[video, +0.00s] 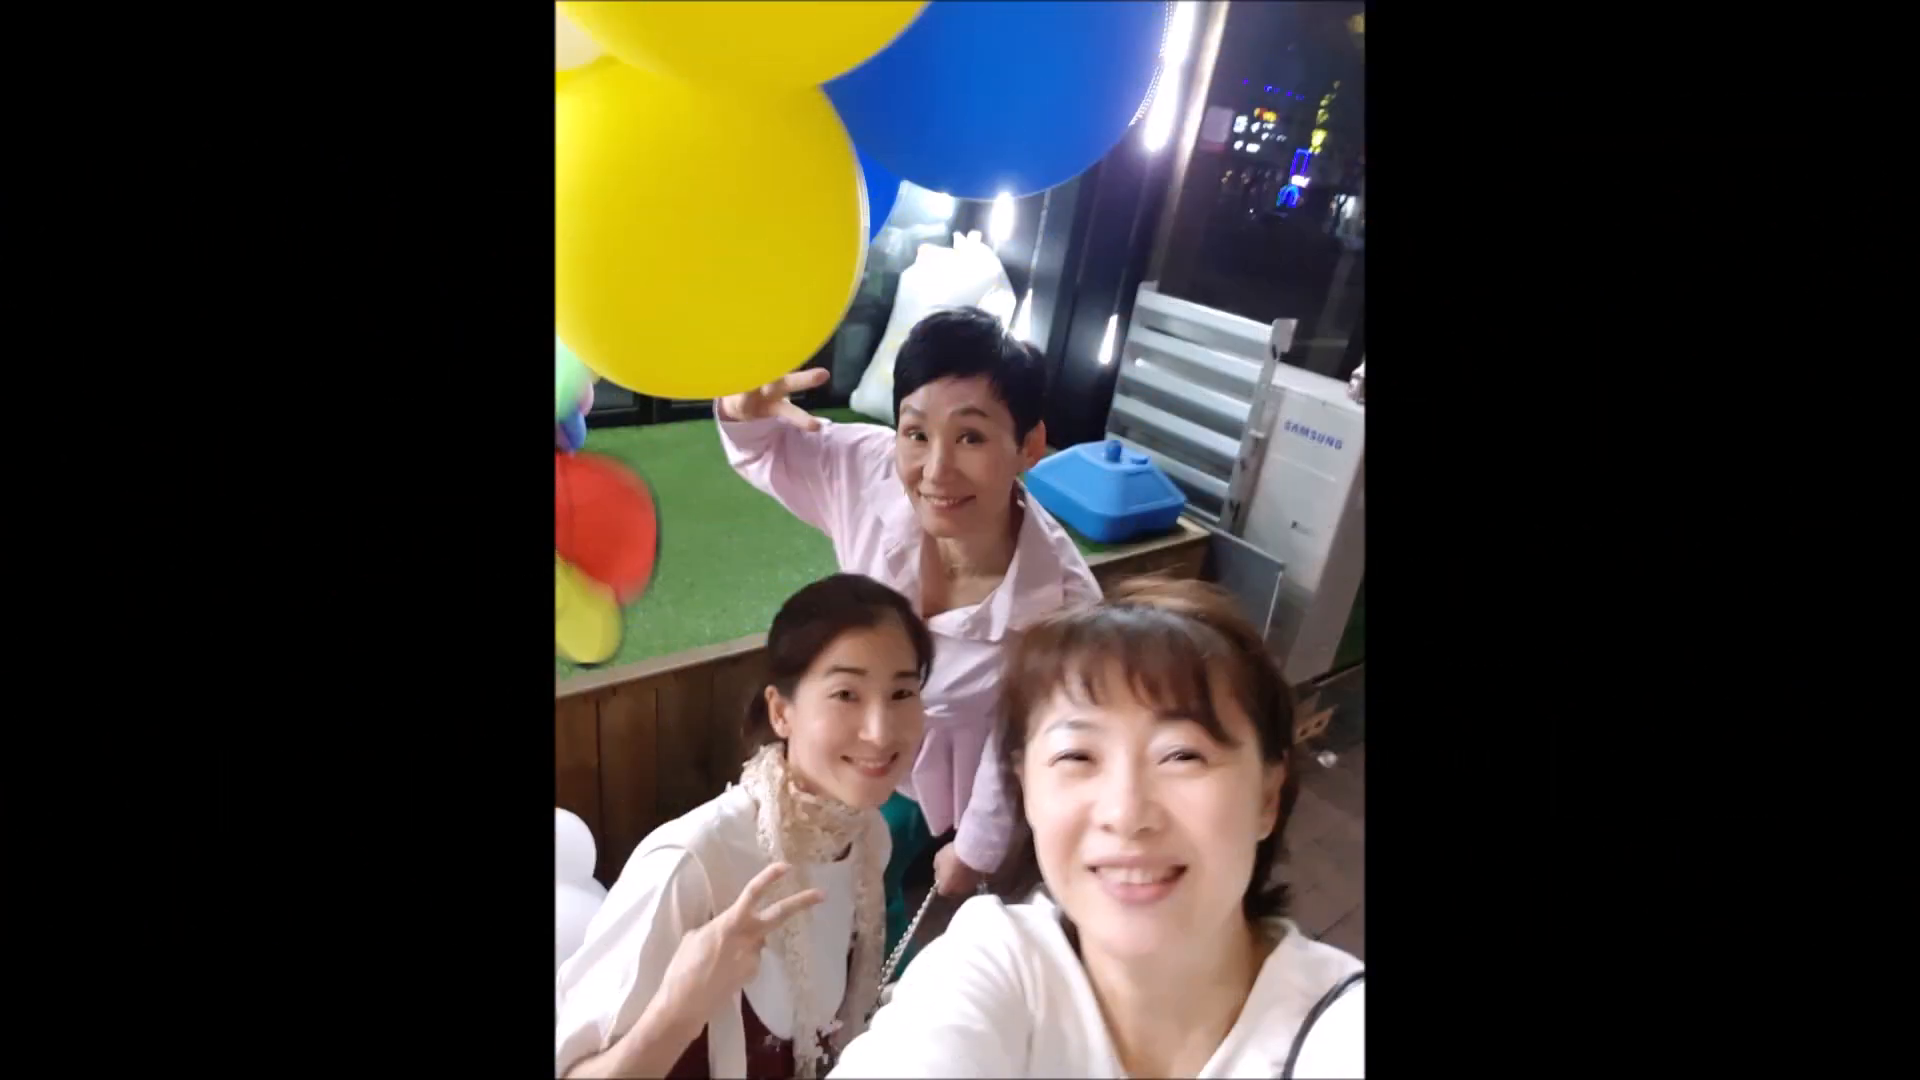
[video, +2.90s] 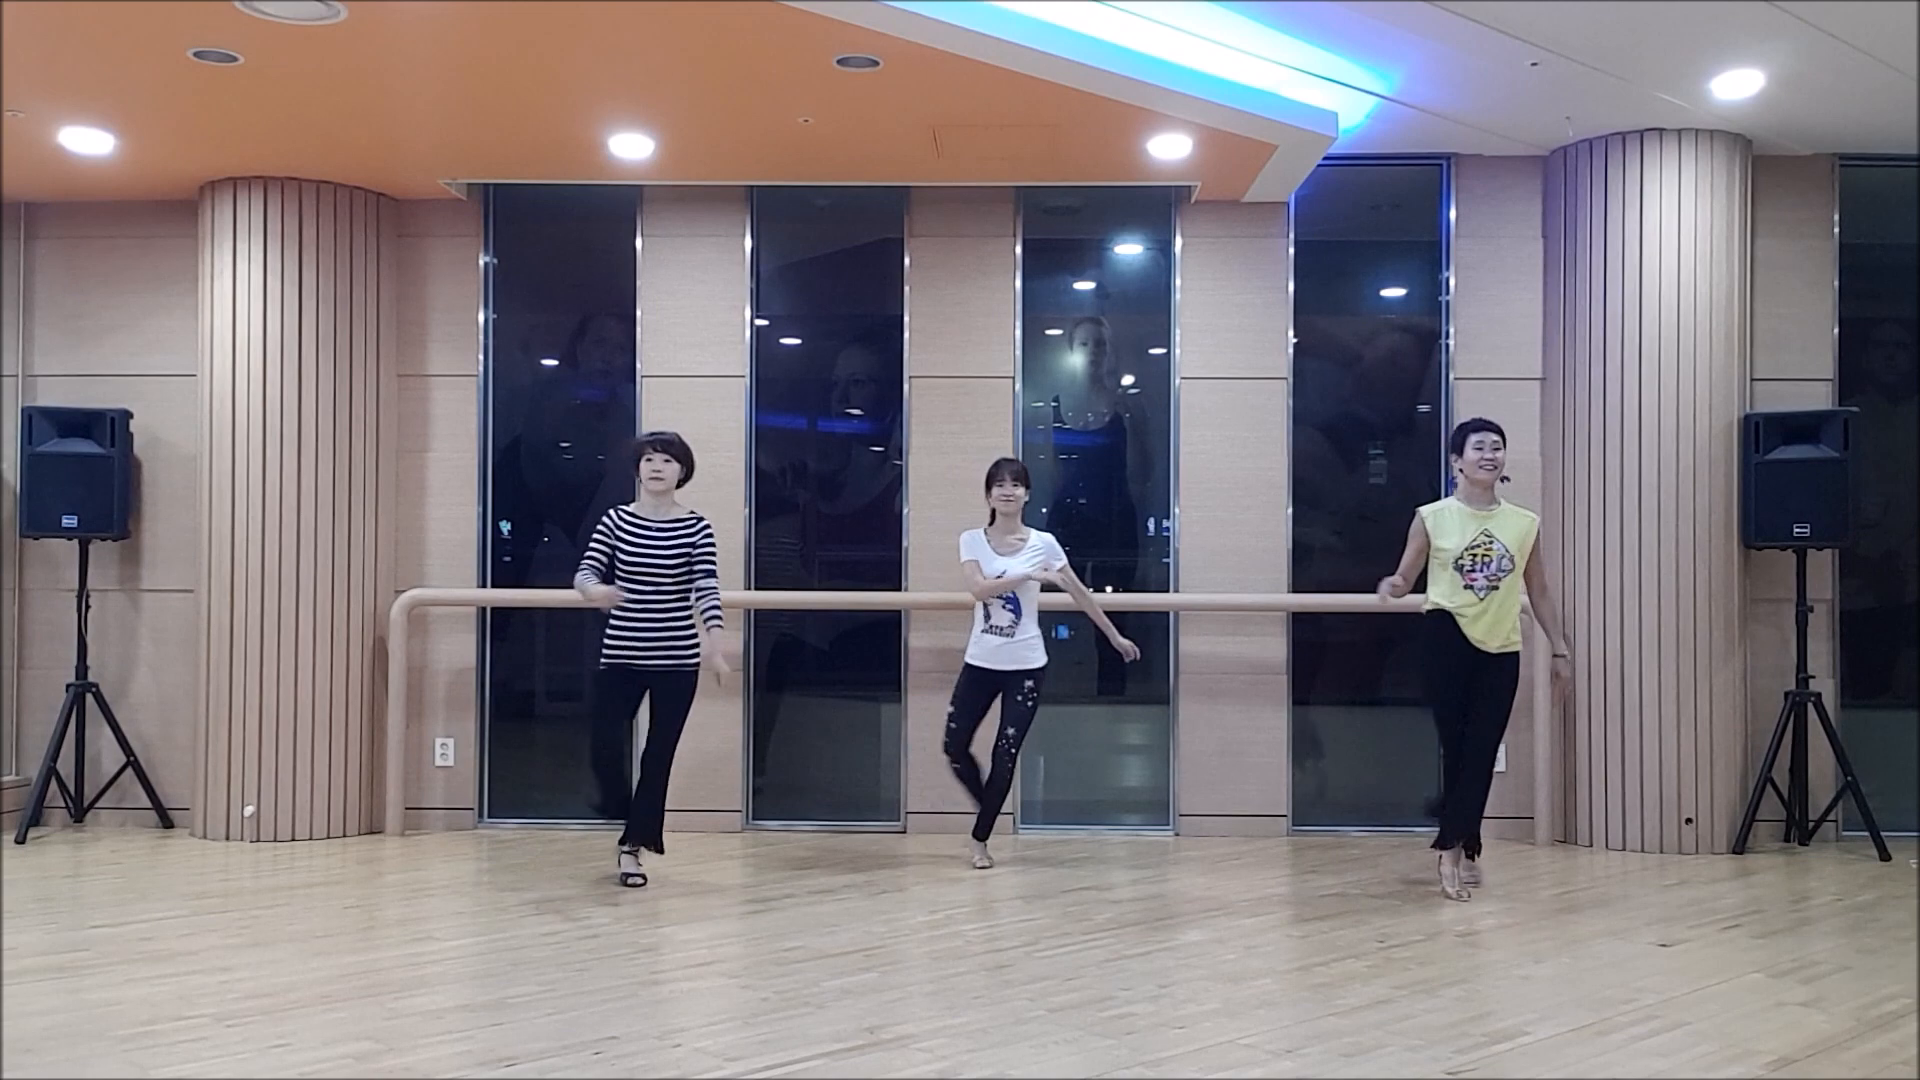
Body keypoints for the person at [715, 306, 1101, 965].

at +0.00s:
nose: (937, 469)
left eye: (971, 438)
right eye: (917, 435)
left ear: (1030, 448)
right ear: (895, 434)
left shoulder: (1058, 604)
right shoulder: (869, 470)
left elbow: (1023, 756)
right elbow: (771, 446)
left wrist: (973, 855)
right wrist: (749, 410)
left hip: (951, 818)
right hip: (844, 773)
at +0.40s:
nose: (937, 468)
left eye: (972, 438)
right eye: (917, 435)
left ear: (1030, 450)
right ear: (896, 434)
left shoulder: (1062, 608)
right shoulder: (866, 469)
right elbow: (762, 442)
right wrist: (749, 405)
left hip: (970, 834)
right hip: (832, 801)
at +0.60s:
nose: (943, 489)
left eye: (952, 482)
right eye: (935, 483)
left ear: (965, 490)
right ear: (923, 492)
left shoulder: (984, 546)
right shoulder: (904, 546)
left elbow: (1013, 608)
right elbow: (892, 602)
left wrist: (1033, 668)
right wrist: (886, 646)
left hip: (968, 675)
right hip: (917, 675)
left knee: (949, 767)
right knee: (909, 773)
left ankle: (963, 857)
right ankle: (939, 865)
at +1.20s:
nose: (961, 491)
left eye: (969, 484)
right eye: (953, 485)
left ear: (981, 491)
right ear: (941, 493)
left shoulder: (1001, 540)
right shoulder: (926, 546)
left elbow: (1031, 596)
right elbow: (915, 601)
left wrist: (1014, 621)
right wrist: (906, 638)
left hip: (999, 661)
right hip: (951, 659)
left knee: (994, 749)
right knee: (975, 736)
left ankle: (982, 839)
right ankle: (960, 824)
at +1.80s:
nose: (972, 490)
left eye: (979, 482)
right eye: (963, 484)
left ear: (991, 489)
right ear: (952, 492)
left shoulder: (1012, 539)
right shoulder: (939, 543)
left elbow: (1048, 590)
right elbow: (938, 604)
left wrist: (1072, 634)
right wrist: (955, 604)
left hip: (994, 663)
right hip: (946, 659)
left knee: (988, 754)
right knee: (928, 743)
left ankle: (978, 841)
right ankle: (894, 819)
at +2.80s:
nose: (995, 490)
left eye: (1002, 484)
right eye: (987, 484)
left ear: (1015, 492)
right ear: (976, 492)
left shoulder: (1031, 541)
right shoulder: (961, 540)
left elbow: (1069, 592)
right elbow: (957, 595)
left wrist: (1105, 636)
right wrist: (989, 578)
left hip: (1015, 662)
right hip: (968, 658)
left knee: (998, 754)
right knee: (929, 744)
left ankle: (978, 840)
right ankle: (909, 822)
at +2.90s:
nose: (1007, 491)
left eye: (1015, 484)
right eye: (999, 485)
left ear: (1026, 492)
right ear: (988, 493)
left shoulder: (1043, 543)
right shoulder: (972, 539)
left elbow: (1079, 592)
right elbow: (980, 589)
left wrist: (1115, 637)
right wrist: (1028, 575)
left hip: (1026, 663)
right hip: (981, 660)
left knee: (1004, 754)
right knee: (954, 747)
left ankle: (980, 841)